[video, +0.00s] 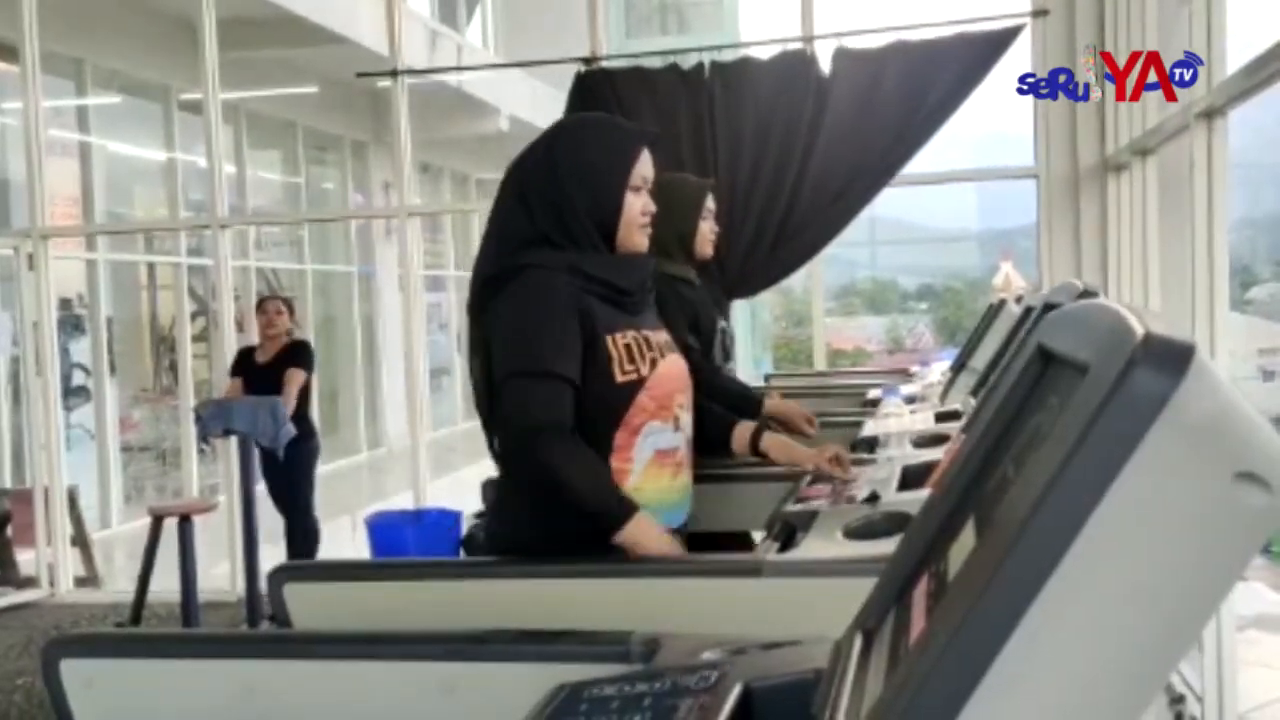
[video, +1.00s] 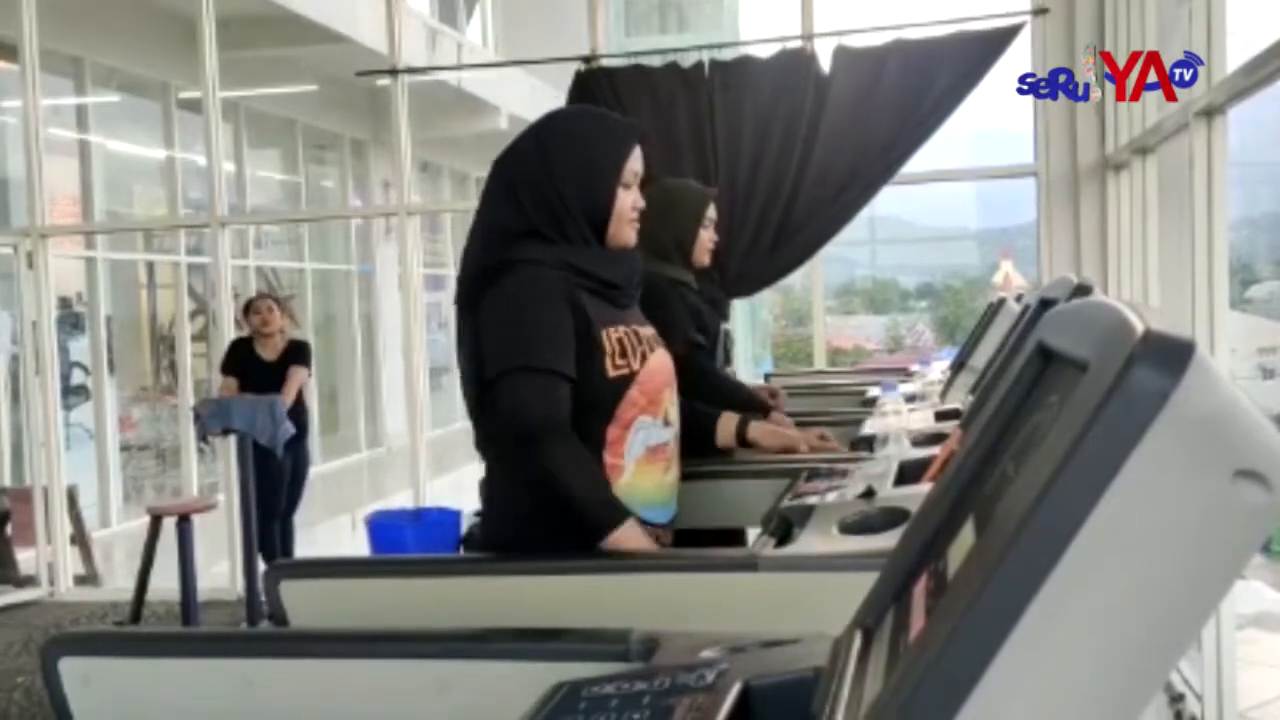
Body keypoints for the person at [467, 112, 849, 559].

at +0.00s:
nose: (651, 206)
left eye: (649, 190)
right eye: (637, 189)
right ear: (589, 190)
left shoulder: (625, 288)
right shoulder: (541, 290)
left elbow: (670, 404)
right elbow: (538, 442)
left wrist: (769, 443)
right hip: (568, 565)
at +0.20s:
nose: (653, 200)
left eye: (651, 183)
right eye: (639, 183)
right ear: (588, 182)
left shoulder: (628, 284)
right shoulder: (527, 287)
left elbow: (674, 396)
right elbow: (491, 440)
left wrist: (780, 440)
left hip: (632, 550)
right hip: (549, 562)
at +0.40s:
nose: (648, 223)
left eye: (646, 207)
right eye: (634, 204)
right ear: (584, 204)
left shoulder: (615, 308)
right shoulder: (522, 314)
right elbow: (472, 469)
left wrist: (749, 435)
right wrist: (429, 596)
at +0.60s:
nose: (640, 202)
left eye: (638, 186)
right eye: (627, 185)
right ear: (577, 184)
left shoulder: (600, 284)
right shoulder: (528, 291)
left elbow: (654, 404)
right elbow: (535, 455)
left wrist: (769, 452)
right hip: (543, 566)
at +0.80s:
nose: (635, 211)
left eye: (633, 194)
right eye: (620, 194)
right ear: (571, 194)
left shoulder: (595, 295)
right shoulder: (530, 297)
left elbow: (649, 410)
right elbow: (583, 432)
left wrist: (763, 440)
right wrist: (715, 502)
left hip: (597, 558)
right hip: (533, 572)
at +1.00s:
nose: (641, 203)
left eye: (639, 186)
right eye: (626, 185)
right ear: (577, 185)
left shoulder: (603, 282)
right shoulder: (530, 287)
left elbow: (640, 406)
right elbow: (536, 439)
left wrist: (746, 431)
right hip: (561, 564)